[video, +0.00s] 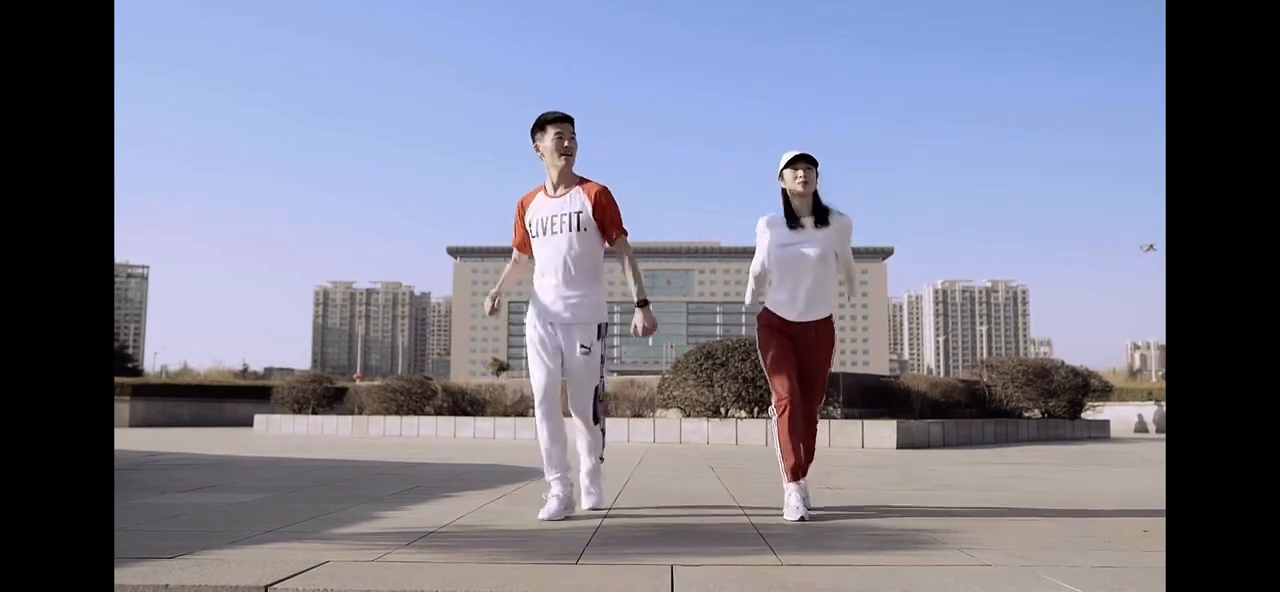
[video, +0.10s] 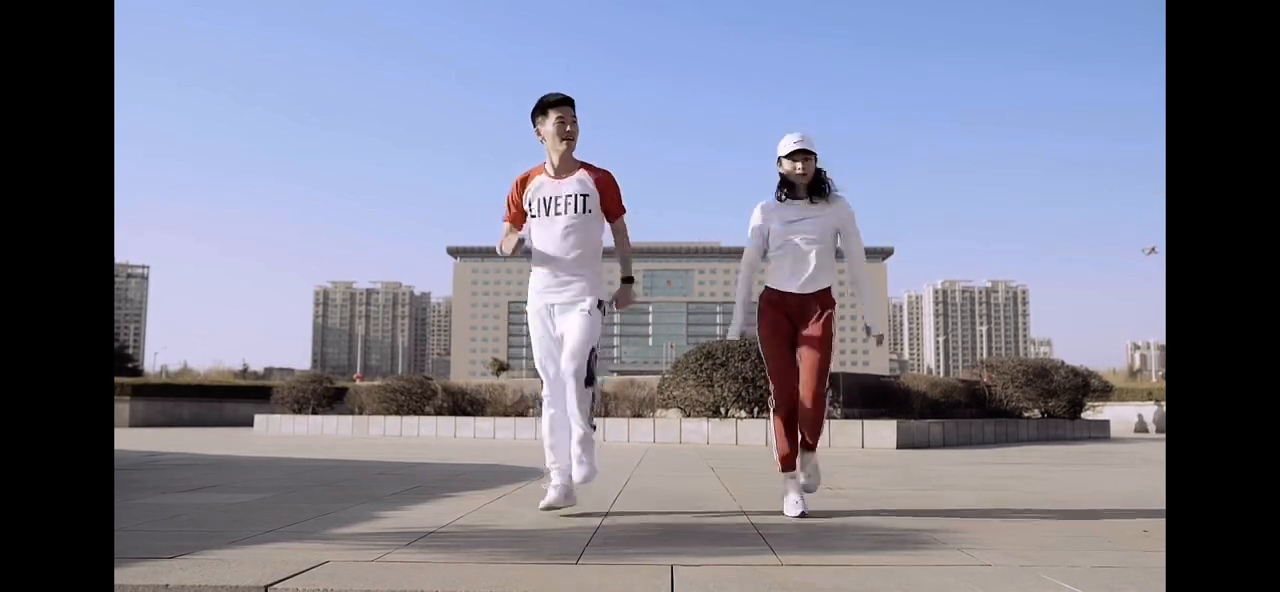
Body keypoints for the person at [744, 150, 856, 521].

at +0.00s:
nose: (803, 173)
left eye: (808, 168)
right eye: (795, 169)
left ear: (816, 178)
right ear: (783, 180)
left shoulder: (838, 224)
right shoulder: (768, 225)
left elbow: (847, 265)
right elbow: (758, 271)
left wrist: (853, 290)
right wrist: (752, 301)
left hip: (818, 326)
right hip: (775, 324)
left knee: (809, 407)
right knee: (787, 397)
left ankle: (800, 480)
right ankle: (792, 486)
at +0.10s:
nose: (801, 163)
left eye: (807, 157)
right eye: (793, 158)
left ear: (816, 163)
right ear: (781, 165)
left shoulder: (838, 209)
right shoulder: (766, 212)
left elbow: (857, 267)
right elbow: (748, 269)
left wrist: (872, 319)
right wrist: (740, 320)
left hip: (818, 307)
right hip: (774, 306)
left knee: (811, 399)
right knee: (784, 396)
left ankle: (808, 453)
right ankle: (790, 484)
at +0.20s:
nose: (802, 179)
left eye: (807, 173)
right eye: (794, 174)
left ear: (815, 175)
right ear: (780, 179)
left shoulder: (832, 217)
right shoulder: (768, 218)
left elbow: (852, 248)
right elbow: (751, 245)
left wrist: (871, 277)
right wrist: (746, 269)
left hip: (819, 303)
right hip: (777, 306)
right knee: (785, 402)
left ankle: (819, 425)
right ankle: (793, 484)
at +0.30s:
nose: (800, 182)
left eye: (805, 174)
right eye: (791, 176)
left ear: (814, 176)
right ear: (779, 180)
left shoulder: (831, 216)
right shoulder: (768, 217)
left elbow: (856, 242)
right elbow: (741, 242)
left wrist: (860, 233)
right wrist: (745, 237)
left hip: (820, 304)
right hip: (779, 309)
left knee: (811, 343)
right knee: (787, 399)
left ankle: (820, 420)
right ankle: (794, 483)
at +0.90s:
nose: (792, 168)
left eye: (800, 162)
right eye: (786, 161)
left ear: (811, 170)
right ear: (775, 169)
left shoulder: (825, 210)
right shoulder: (765, 213)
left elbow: (843, 225)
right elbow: (743, 240)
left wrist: (854, 225)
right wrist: (755, 232)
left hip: (820, 308)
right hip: (775, 315)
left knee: (796, 337)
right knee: (788, 407)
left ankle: (809, 422)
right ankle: (802, 492)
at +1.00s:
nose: (791, 154)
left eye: (799, 149)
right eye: (785, 147)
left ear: (809, 158)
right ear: (774, 155)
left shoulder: (821, 200)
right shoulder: (756, 202)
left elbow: (838, 252)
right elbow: (750, 256)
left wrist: (849, 304)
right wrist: (754, 303)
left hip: (814, 297)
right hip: (772, 300)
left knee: (795, 375)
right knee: (782, 388)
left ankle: (790, 470)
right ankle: (802, 479)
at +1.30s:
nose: (790, 152)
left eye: (797, 146)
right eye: (783, 146)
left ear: (807, 152)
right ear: (771, 154)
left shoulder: (827, 200)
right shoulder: (756, 198)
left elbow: (836, 260)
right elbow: (733, 253)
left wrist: (836, 312)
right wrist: (724, 303)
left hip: (810, 304)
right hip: (765, 303)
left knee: (798, 395)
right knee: (764, 392)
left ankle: (791, 484)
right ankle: (761, 460)